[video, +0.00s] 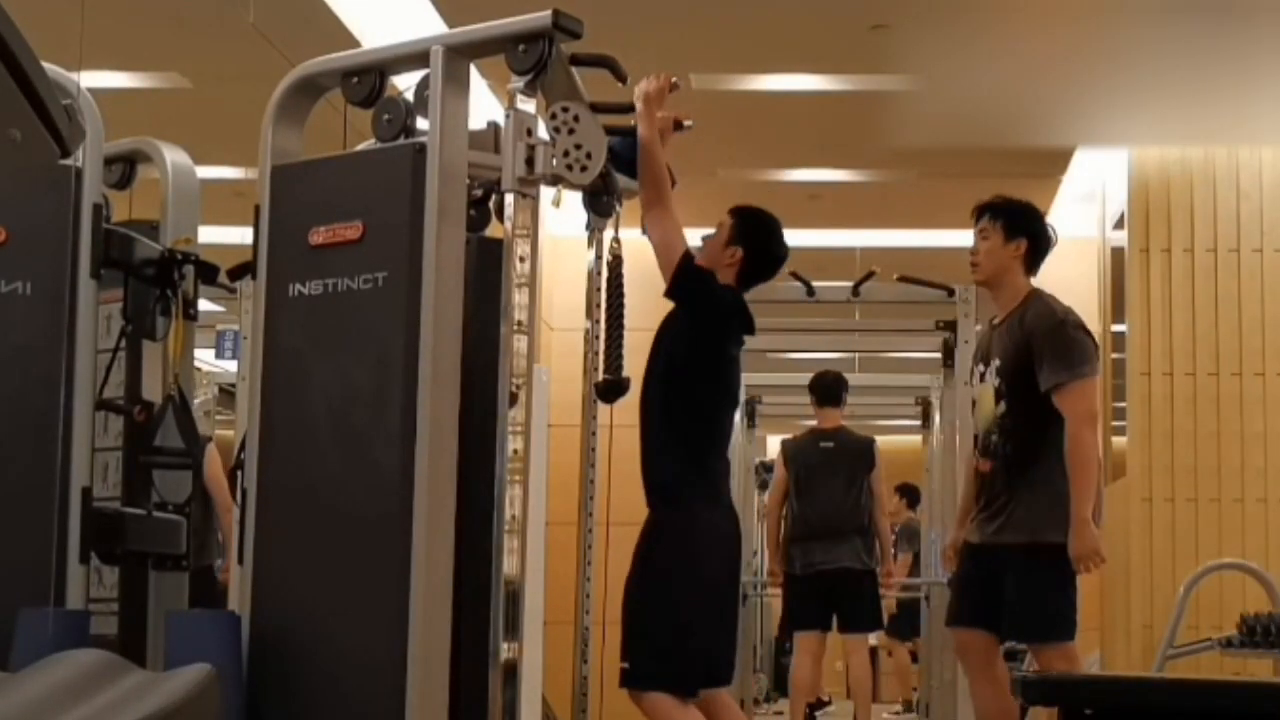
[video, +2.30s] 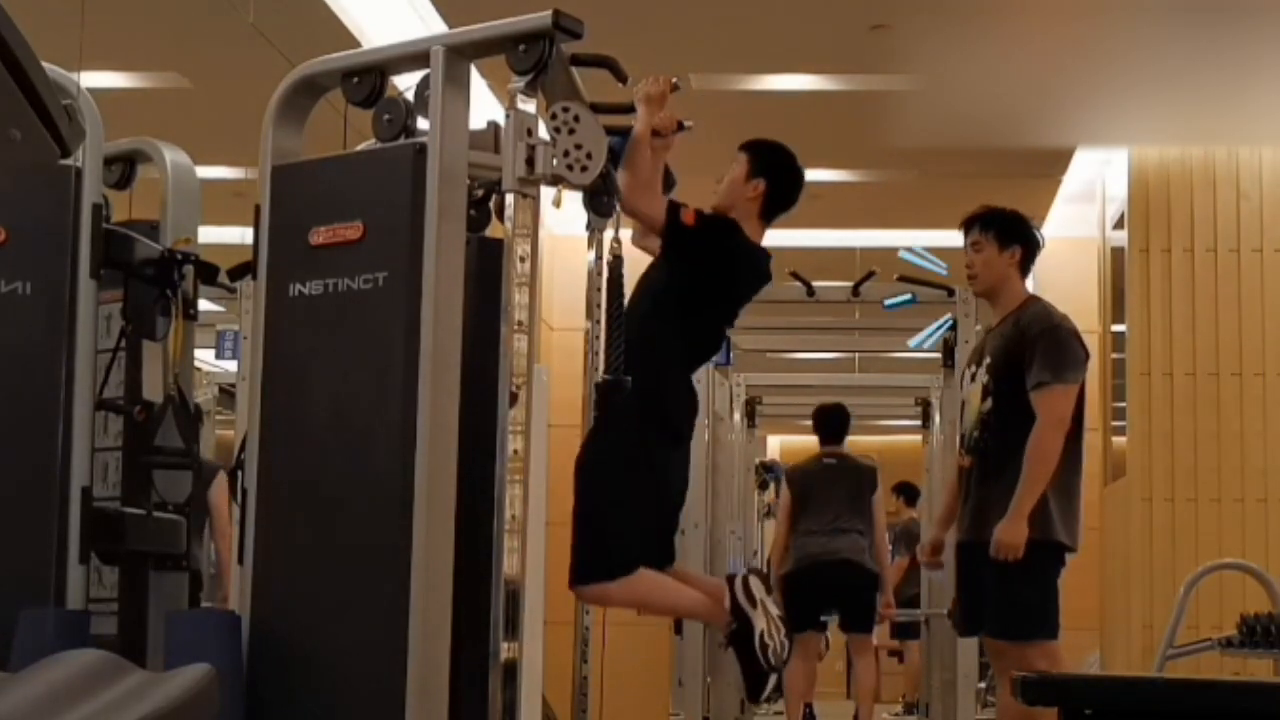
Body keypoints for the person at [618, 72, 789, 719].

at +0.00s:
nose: (705, 239)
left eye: (718, 234)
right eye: (716, 232)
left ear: (734, 257)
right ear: (741, 263)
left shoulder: (707, 302)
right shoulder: (721, 307)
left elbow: (655, 209)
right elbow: (661, 212)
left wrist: (647, 124)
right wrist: (654, 136)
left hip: (682, 523)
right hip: (709, 522)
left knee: (650, 686)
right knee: (710, 689)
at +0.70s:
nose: (679, 253)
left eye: (692, 253)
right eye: (690, 249)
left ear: (703, 281)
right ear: (705, 287)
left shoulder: (666, 319)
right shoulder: (665, 321)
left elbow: (639, 205)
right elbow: (645, 217)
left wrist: (646, 123)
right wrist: (655, 138)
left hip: (608, 532)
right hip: (620, 528)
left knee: (574, 692)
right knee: (617, 670)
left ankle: (685, 715)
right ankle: (722, 696)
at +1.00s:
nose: (705, 230)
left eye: (717, 227)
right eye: (713, 223)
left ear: (736, 249)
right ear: (739, 256)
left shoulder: (700, 294)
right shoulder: (696, 293)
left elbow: (638, 211)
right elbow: (646, 218)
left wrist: (644, 127)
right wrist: (654, 142)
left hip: (584, 465)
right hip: (597, 465)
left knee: (539, 618)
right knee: (585, 607)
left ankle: (668, 689)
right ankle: (689, 646)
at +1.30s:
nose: (723, 168)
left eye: (733, 158)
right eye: (730, 158)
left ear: (758, 171)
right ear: (772, 182)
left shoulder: (726, 222)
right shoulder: (750, 249)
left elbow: (638, 195)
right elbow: (647, 235)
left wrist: (645, 122)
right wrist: (656, 151)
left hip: (603, 377)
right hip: (633, 386)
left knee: (532, 521)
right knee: (577, 527)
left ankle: (620, 613)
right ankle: (660, 576)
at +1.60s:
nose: (713, 87)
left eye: (723, 77)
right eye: (719, 76)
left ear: (748, 88)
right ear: (763, 97)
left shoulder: (725, 145)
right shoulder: (752, 167)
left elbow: (645, 187)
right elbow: (660, 192)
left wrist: (646, 119)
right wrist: (662, 137)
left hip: (633, 303)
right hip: (660, 317)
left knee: (543, 444)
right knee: (582, 448)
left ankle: (631, 539)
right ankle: (649, 516)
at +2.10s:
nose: (715, 121)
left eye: (725, 111)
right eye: (721, 110)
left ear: (750, 124)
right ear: (766, 134)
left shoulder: (723, 180)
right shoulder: (747, 193)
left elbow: (636, 192)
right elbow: (652, 204)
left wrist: (644, 125)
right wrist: (657, 144)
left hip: (637, 362)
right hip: (659, 364)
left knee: (584, 505)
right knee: (621, 511)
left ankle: (711, 554)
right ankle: (716, 550)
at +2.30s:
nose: (722, 179)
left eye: (733, 170)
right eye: (729, 169)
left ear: (755, 189)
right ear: (764, 198)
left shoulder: (723, 241)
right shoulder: (736, 252)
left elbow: (640, 199)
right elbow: (646, 220)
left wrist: (646, 127)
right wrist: (656, 142)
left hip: (636, 412)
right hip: (660, 414)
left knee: (596, 579)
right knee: (640, 568)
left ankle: (729, 606)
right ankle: (735, 607)